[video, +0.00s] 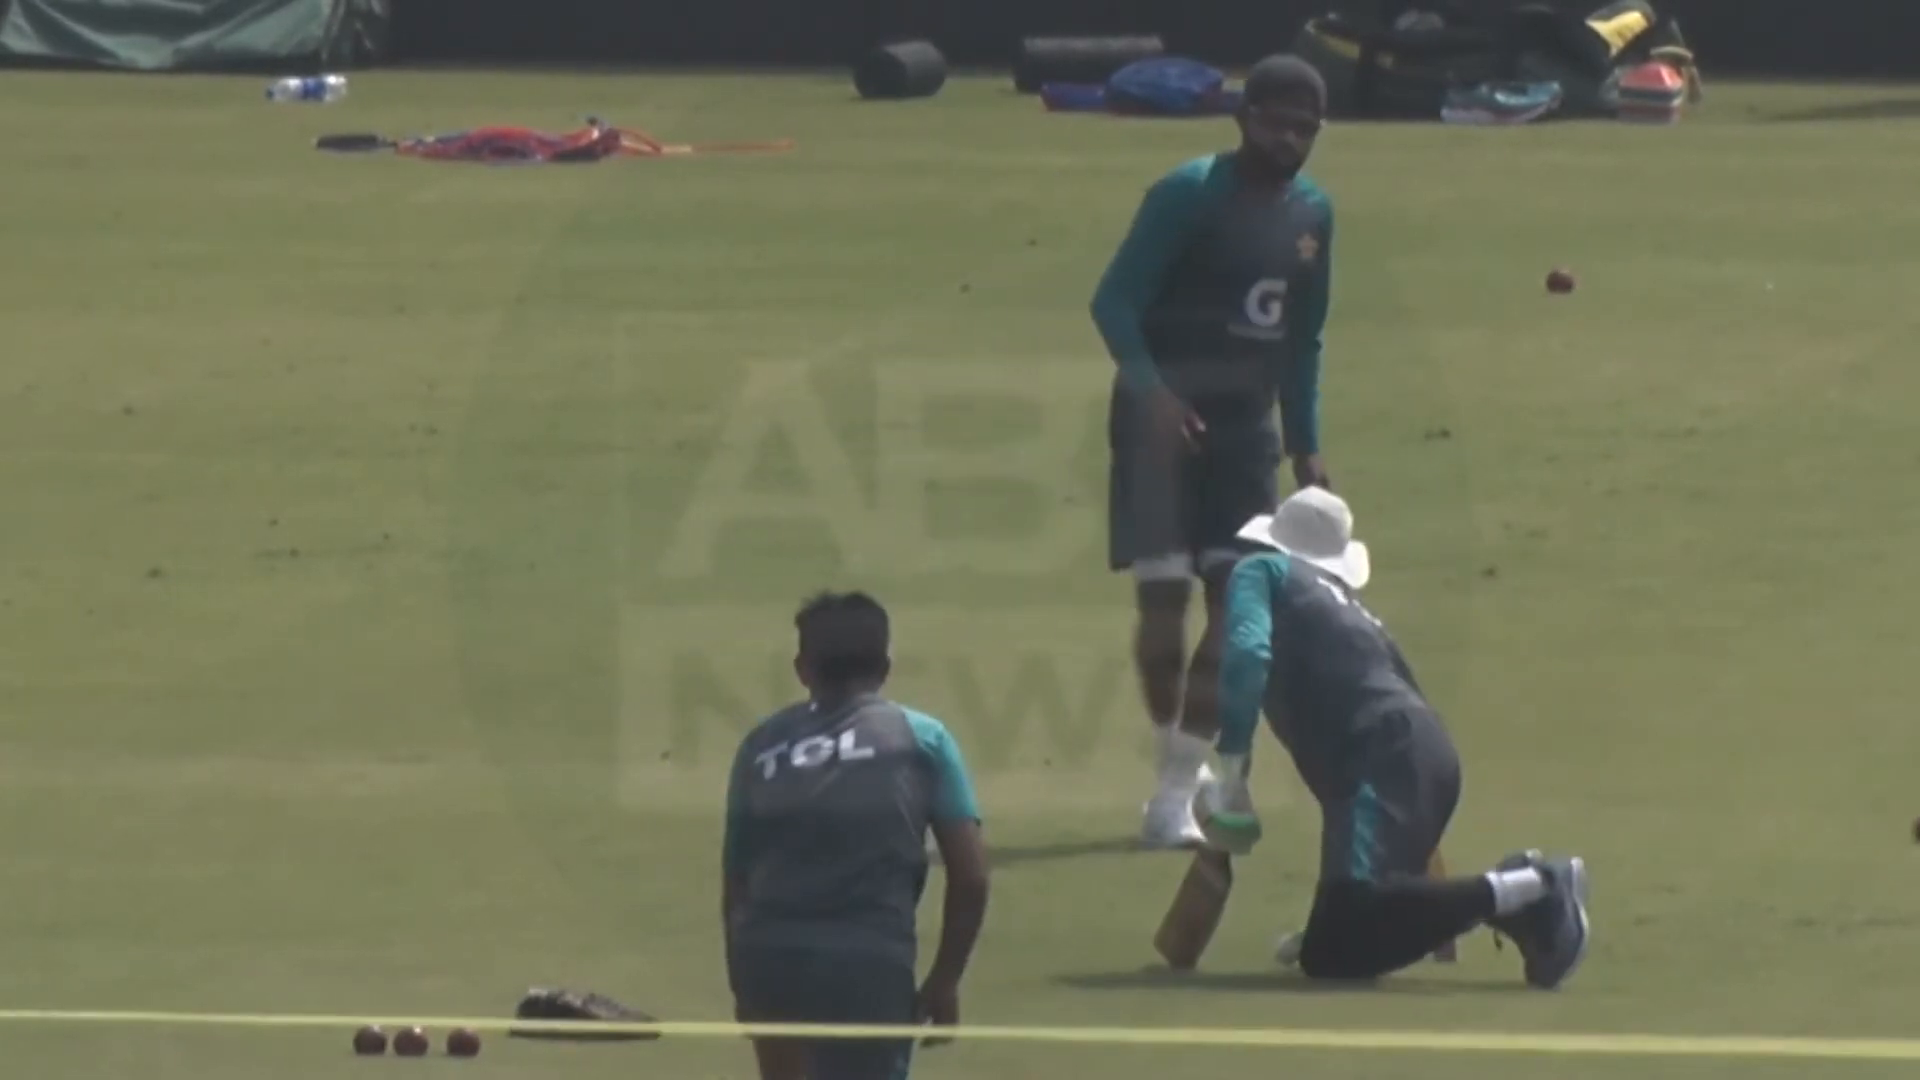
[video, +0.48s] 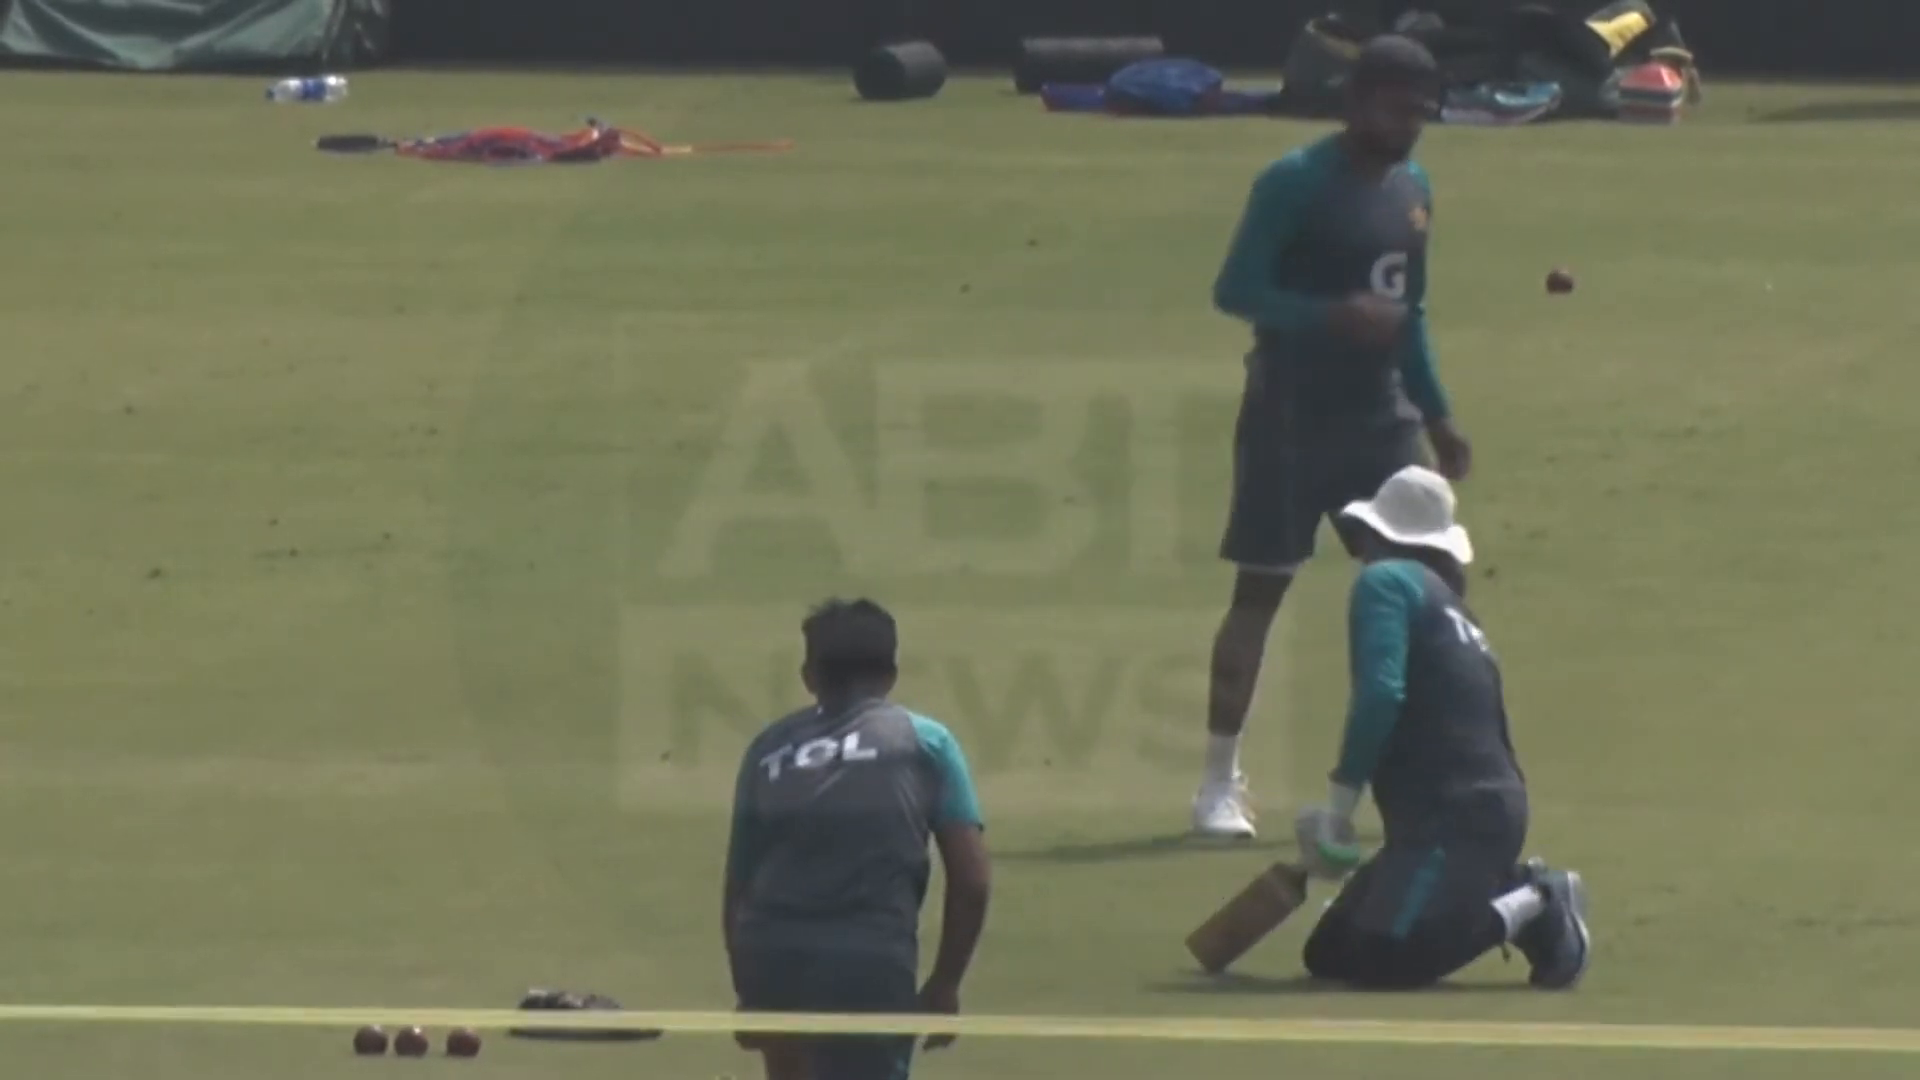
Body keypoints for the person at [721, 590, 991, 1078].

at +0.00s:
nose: (794, 665)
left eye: (796, 655)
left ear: (803, 669)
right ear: (884, 667)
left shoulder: (759, 745)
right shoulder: (922, 737)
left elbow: (736, 886)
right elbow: (971, 877)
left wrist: (745, 986)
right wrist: (944, 983)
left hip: (770, 965)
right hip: (870, 968)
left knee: (785, 1069)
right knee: (869, 1068)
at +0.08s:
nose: (794, 665)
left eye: (797, 656)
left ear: (804, 670)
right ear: (885, 669)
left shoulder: (760, 744)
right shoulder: (923, 739)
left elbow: (731, 889)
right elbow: (970, 878)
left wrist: (746, 983)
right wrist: (942, 989)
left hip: (771, 963)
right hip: (870, 967)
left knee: (787, 1068)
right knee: (870, 1068)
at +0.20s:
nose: (797, 665)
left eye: (800, 655)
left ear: (806, 669)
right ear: (885, 670)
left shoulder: (762, 743)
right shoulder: (924, 740)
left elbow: (723, 891)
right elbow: (967, 878)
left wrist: (747, 974)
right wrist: (940, 985)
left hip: (773, 963)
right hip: (870, 967)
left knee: (788, 1065)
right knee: (872, 1068)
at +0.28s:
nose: (799, 672)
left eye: (801, 662)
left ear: (806, 674)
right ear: (887, 672)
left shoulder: (763, 744)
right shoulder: (925, 740)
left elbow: (727, 894)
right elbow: (967, 879)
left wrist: (746, 979)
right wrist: (939, 986)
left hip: (774, 961)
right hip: (872, 963)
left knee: (788, 1067)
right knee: (871, 1067)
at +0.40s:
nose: (800, 673)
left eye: (802, 663)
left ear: (809, 675)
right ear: (889, 672)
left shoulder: (766, 748)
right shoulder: (925, 739)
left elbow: (743, 886)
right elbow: (969, 878)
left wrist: (750, 993)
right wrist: (942, 985)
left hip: (774, 967)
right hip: (872, 970)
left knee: (789, 1068)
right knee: (872, 1068)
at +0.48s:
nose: (802, 675)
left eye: (804, 665)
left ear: (810, 676)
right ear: (890, 674)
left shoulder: (767, 747)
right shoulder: (927, 740)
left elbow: (737, 892)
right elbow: (972, 879)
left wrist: (748, 996)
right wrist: (944, 988)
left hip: (773, 967)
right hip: (873, 969)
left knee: (791, 1069)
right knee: (872, 1069)